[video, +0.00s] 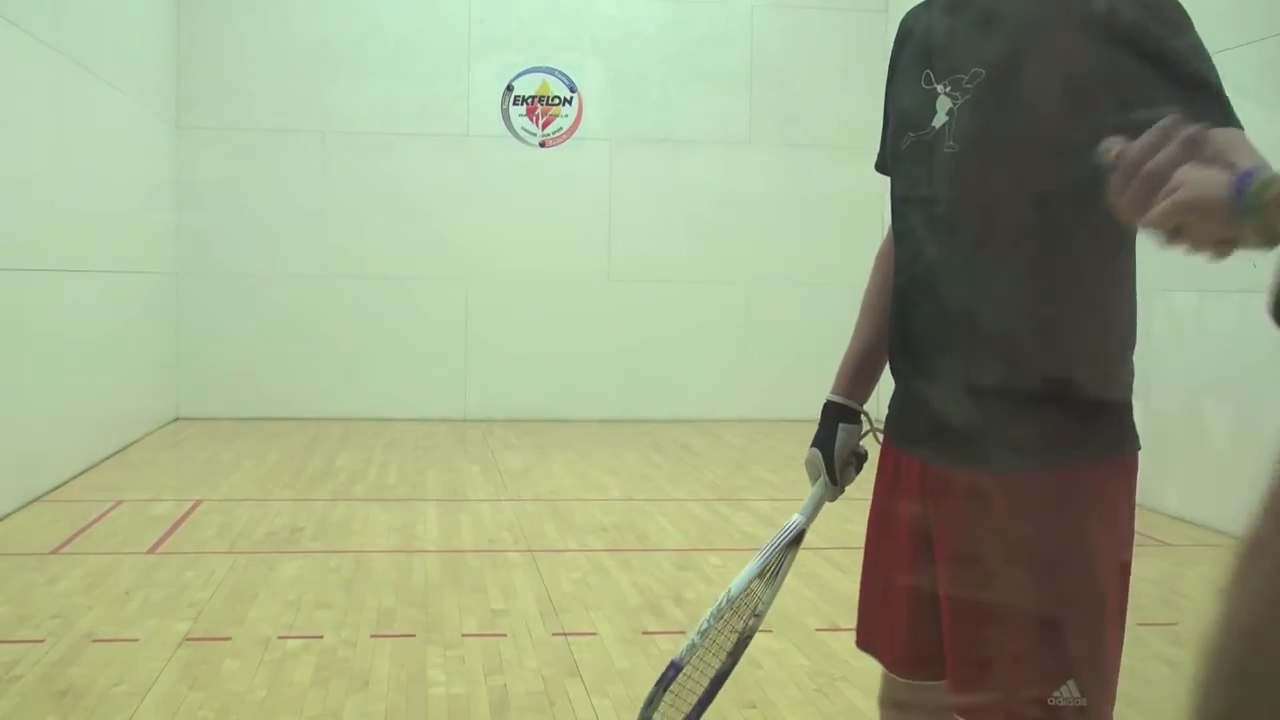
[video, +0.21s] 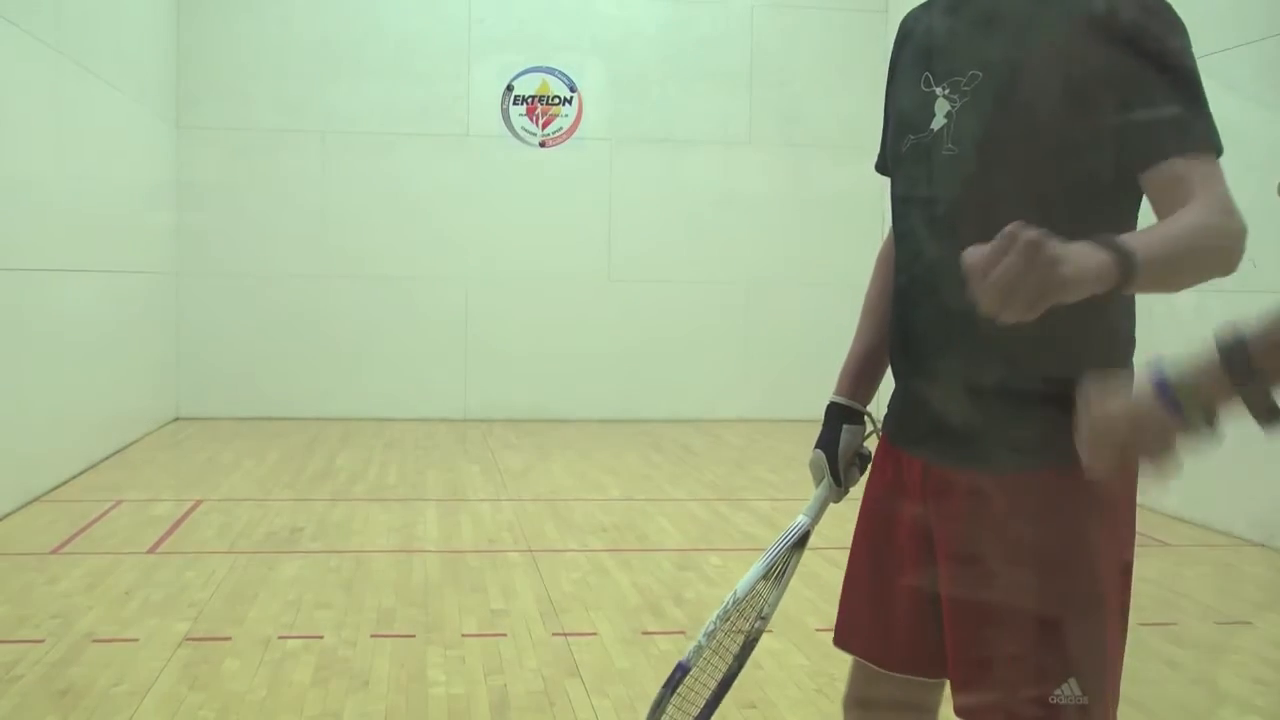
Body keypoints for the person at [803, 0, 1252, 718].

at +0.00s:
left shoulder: (1120, 15)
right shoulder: (926, 24)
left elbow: (1248, 187)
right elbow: (911, 229)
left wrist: (1222, 192)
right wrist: (845, 399)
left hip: (1055, 437)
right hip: (926, 427)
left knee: (1042, 704)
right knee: (911, 698)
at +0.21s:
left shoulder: (1120, 17)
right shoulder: (925, 27)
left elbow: (1216, 230)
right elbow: (912, 230)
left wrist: (1087, 263)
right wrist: (850, 399)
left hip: (1053, 456)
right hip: (921, 440)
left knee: (1038, 708)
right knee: (881, 700)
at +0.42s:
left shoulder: (1101, 30)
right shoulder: (909, 40)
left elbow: (1158, 255)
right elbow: (901, 244)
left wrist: (991, 318)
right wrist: (843, 406)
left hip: (1041, 444)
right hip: (912, 431)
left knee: (1035, 705)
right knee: (863, 693)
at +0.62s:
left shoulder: (1038, 43)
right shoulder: (860, 67)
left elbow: (1111, 253)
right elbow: (863, 260)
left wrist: (947, 328)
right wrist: (818, 420)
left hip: (1004, 445)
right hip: (882, 439)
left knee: (1006, 703)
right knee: (848, 686)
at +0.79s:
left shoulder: (988, 44)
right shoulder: (820, 80)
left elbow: (1080, 224)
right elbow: (824, 258)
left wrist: (916, 298)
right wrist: (786, 414)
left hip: (957, 429)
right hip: (846, 425)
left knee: (953, 690)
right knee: (856, 669)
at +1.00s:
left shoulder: (941, 53)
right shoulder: (779, 82)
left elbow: (1029, 228)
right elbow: (782, 251)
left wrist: (884, 299)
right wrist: (739, 397)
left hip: (910, 414)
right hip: (816, 413)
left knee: (829, 691)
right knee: (882, 685)